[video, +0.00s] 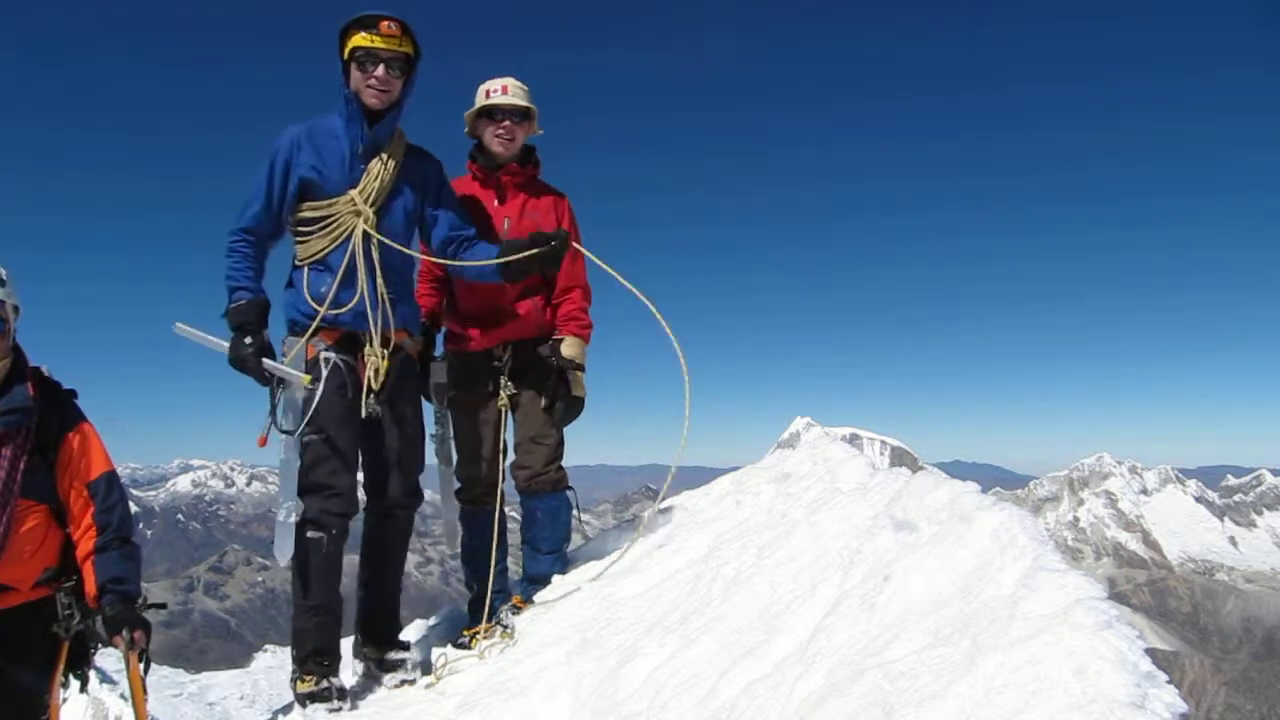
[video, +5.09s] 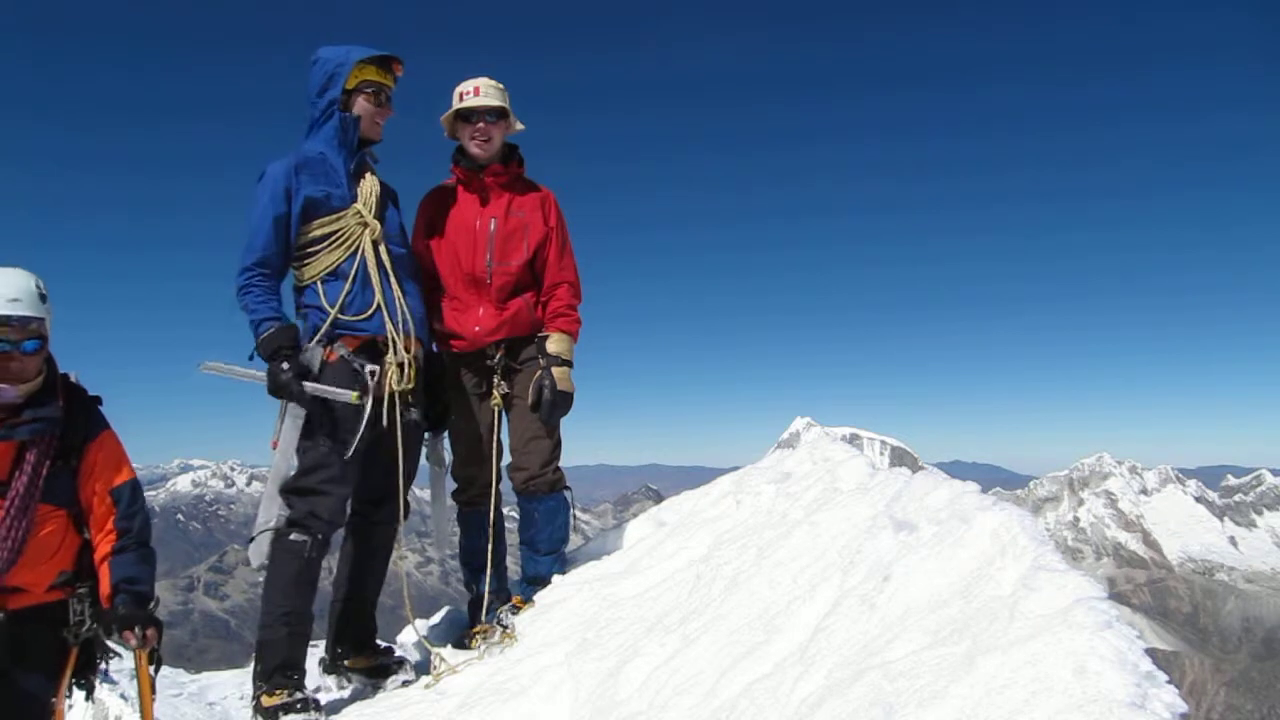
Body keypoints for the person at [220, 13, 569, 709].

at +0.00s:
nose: (380, 75)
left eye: (393, 66)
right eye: (368, 62)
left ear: (409, 77)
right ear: (347, 69)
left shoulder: (422, 167)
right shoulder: (304, 145)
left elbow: (457, 248)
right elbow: (248, 236)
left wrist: (510, 257)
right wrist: (247, 322)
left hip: (398, 350)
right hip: (321, 344)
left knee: (397, 495)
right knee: (326, 497)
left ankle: (379, 641)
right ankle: (314, 661)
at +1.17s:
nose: (388, 93)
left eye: (401, 84)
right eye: (376, 81)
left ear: (416, 96)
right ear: (356, 88)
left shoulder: (427, 187)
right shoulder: (315, 162)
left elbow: (449, 278)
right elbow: (264, 253)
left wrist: (448, 342)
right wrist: (255, 335)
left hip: (407, 361)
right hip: (336, 354)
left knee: (380, 504)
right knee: (330, 501)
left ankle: (356, 639)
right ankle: (301, 669)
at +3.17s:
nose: (386, 98)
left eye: (399, 89)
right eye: (374, 86)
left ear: (412, 101)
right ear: (354, 93)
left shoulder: (419, 190)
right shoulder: (315, 164)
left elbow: (433, 282)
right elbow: (257, 254)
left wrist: (440, 363)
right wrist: (258, 332)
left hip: (404, 364)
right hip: (334, 355)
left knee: (377, 504)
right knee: (327, 501)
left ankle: (354, 639)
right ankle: (300, 671)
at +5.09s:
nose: (383, 107)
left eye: (387, 98)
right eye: (372, 95)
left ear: (383, 107)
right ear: (336, 97)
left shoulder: (383, 193)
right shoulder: (294, 172)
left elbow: (410, 280)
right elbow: (257, 274)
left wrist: (431, 358)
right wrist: (280, 348)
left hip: (400, 371)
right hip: (334, 366)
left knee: (379, 513)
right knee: (310, 514)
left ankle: (354, 645)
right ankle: (278, 682)